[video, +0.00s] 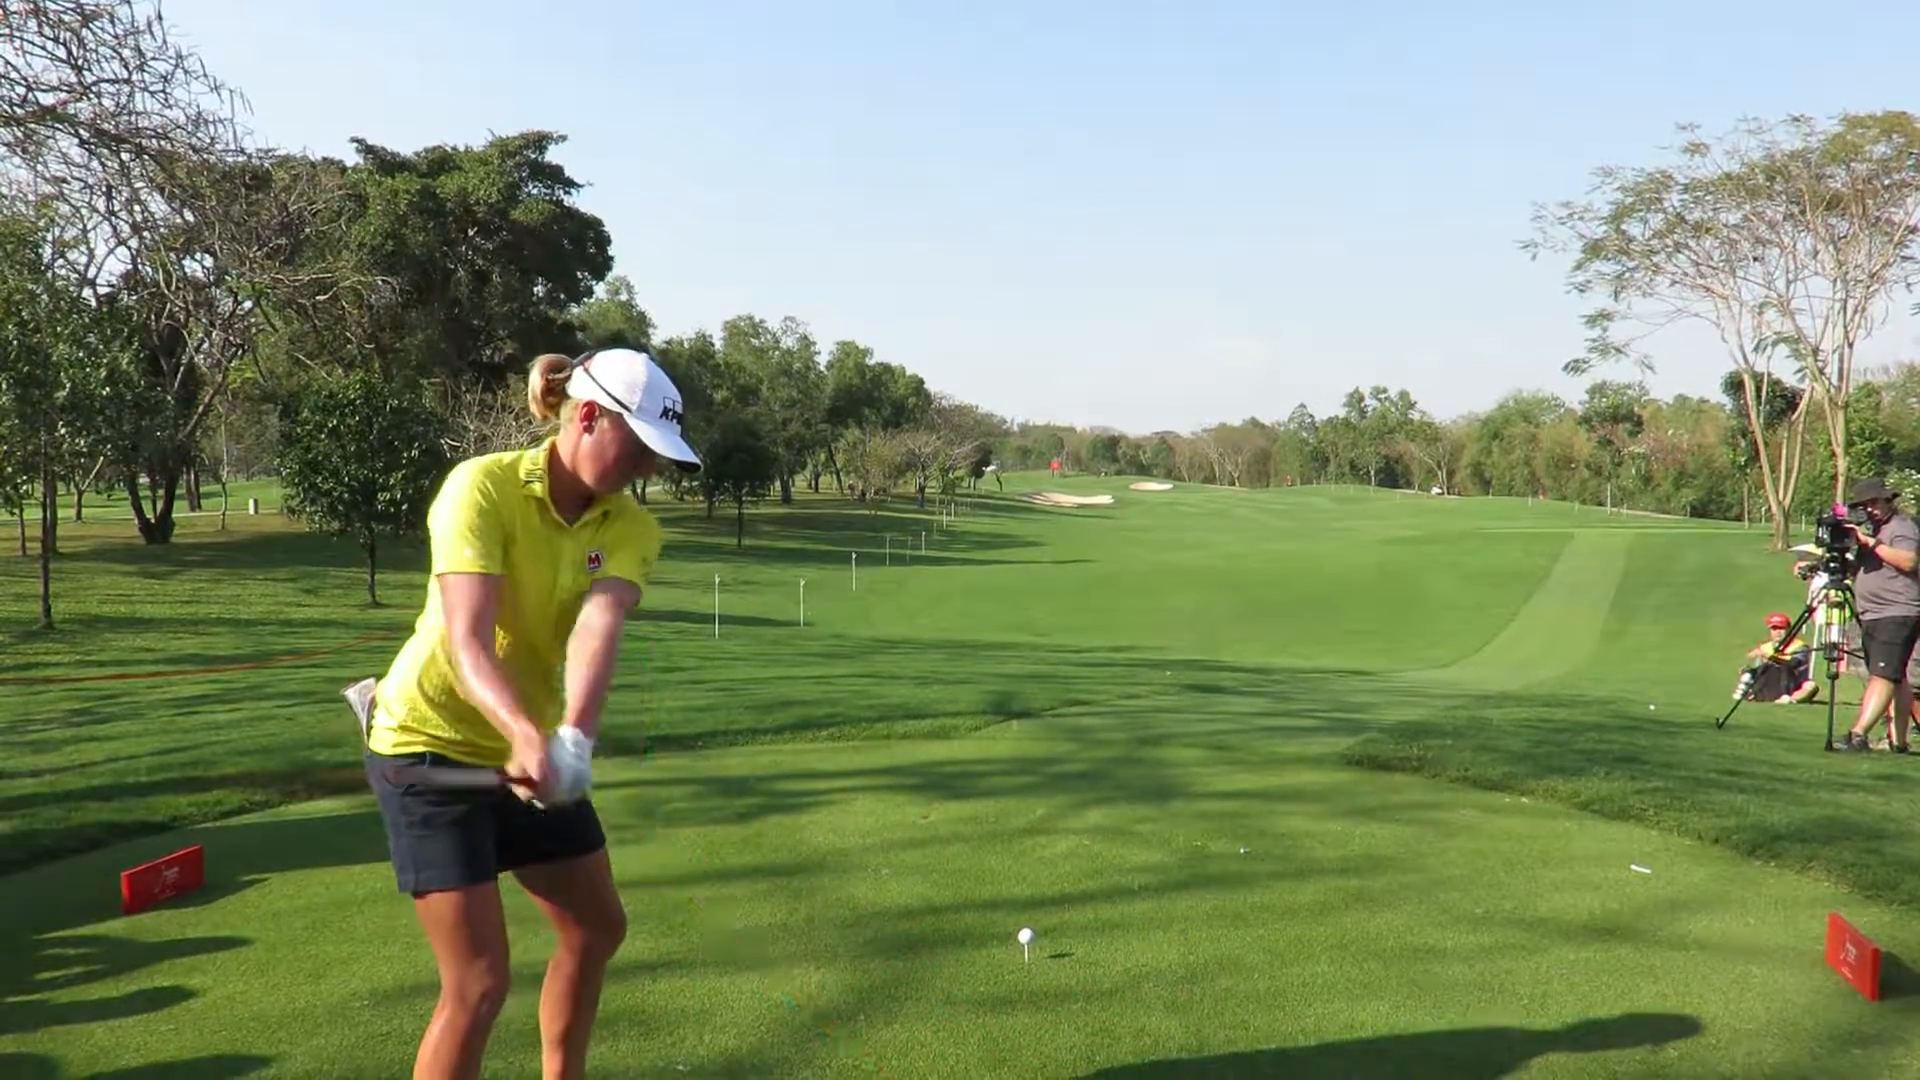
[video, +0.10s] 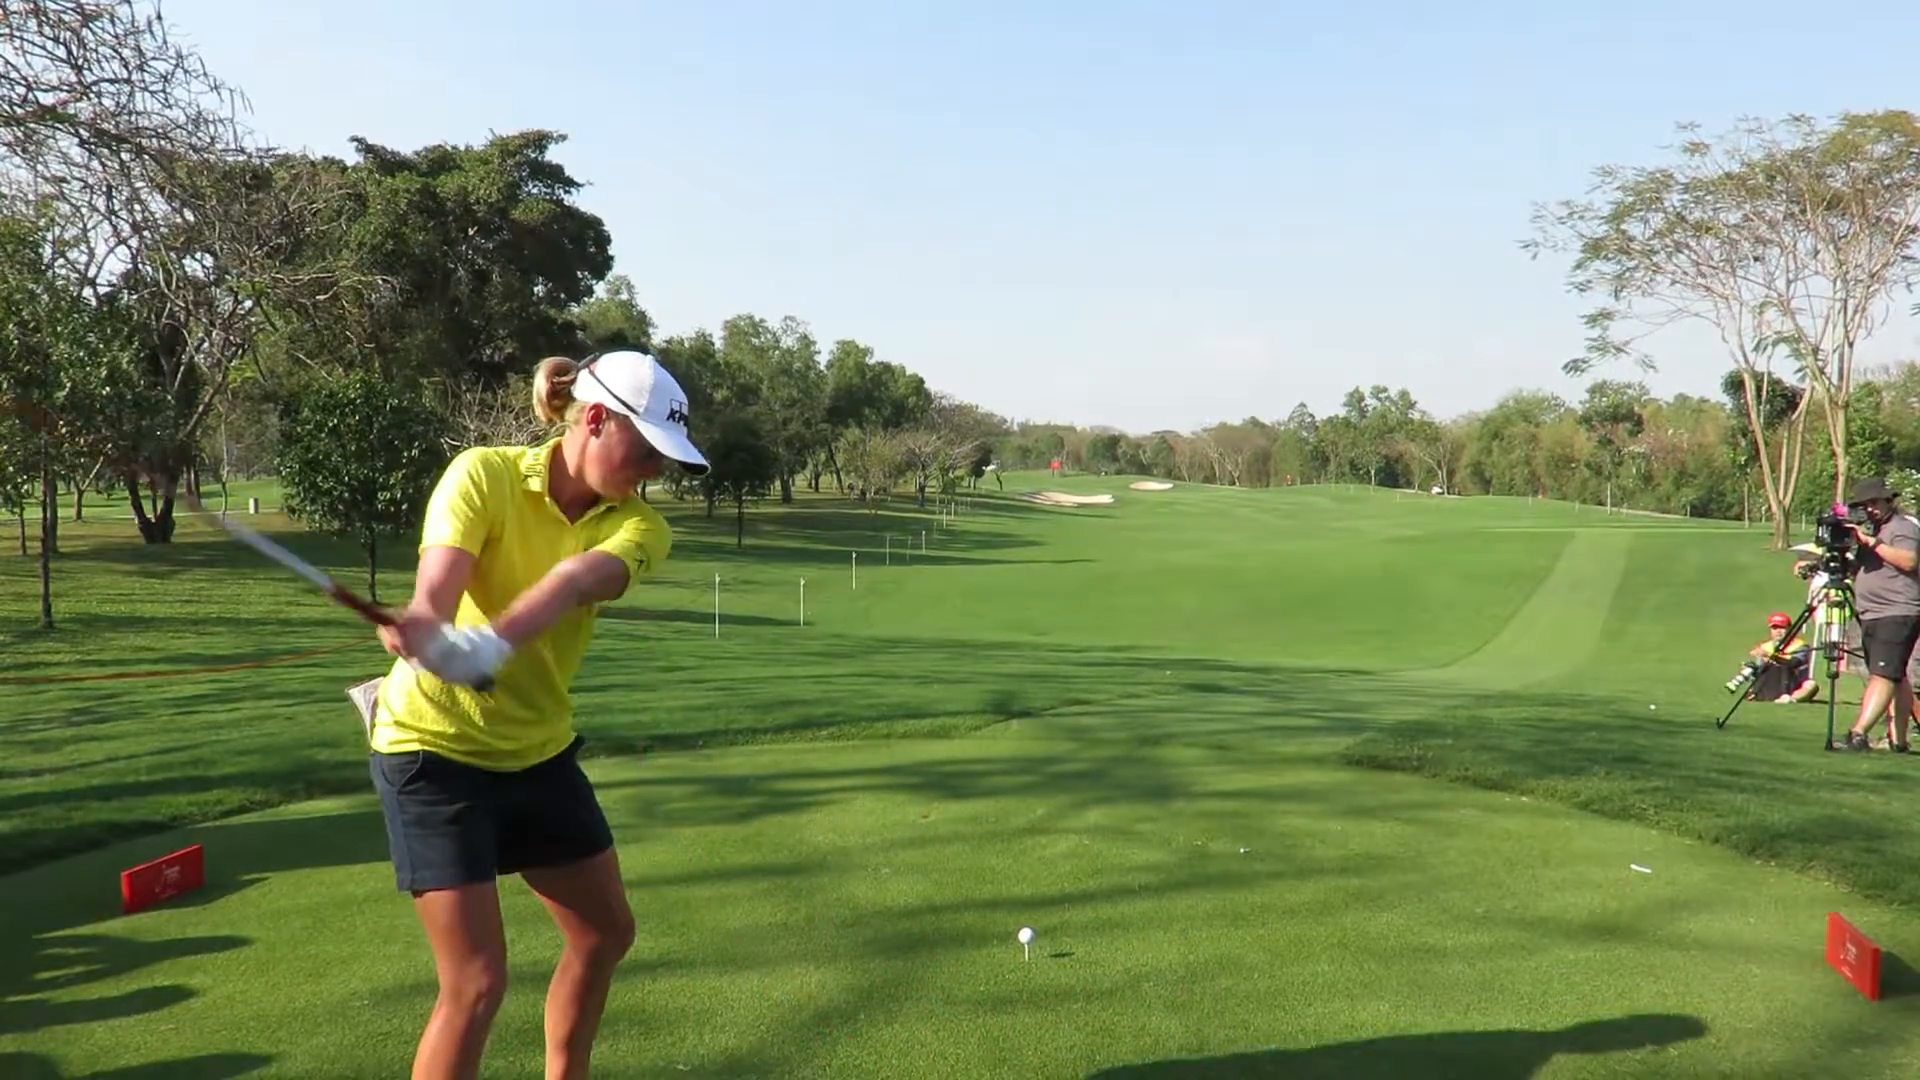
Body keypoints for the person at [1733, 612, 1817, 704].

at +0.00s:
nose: (1777, 632)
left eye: (1781, 629)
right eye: (1774, 629)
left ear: (1788, 630)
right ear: (1769, 631)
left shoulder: (1799, 647)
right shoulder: (1765, 647)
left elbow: (1794, 663)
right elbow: (1750, 657)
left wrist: (1771, 657)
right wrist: (1759, 655)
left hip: (1788, 680)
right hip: (1766, 677)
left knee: (1812, 686)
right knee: (1747, 672)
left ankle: (1791, 699)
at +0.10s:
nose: (1778, 631)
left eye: (1782, 627)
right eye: (1774, 628)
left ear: (1789, 629)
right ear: (1770, 630)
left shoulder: (1800, 646)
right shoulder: (1766, 646)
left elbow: (1794, 662)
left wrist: (1771, 656)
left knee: (1812, 684)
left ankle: (1791, 699)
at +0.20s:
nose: (1778, 631)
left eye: (1782, 627)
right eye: (1775, 627)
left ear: (1789, 629)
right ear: (1770, 630)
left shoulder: (1799, 645)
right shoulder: (1764, 646)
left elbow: (1794, 661)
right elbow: (1754, 672)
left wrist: (1774, 656)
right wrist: (1762, 657)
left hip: (1789, 686)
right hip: (1766, 685)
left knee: (1812, 684)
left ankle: (1790, 698)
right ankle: (1732, 667)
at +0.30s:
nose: (1778, 629)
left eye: (1781, 625)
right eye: (1774, 625)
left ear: (1789, 626)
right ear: (1770, 627)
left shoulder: (1800, 643)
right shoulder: (1765, 643)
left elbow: (1794, 660)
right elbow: (1752, 668)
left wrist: (1771, 654)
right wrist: (1755, 654)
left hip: (1791, 682)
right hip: (1769, 680)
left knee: (1812, 682)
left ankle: (1792, 696)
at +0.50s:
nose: (1779, 627)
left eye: (1783, 624)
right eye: (1776, 624)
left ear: (1789, 625)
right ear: (1770, 625)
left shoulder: (1799, 642)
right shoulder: (1766, 639)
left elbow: (1795, 658)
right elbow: (1749, 661)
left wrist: (1771, 647)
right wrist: (1753, 645)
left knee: (1812, 681)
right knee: (1749, 690)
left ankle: (1792, 694)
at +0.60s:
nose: (1779, 624)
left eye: (1783, 620)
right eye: (1776, 621)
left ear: (1789, 622)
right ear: (1771, 622)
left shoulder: (1799, 638)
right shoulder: (1768, 636)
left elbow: (1798, 654)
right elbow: (1748, 657)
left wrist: (1775, 647)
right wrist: (1756, 640)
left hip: (1793, 674)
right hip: (1769, 671)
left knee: (1812, 678)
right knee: (1750, 687)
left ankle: (1791, 692)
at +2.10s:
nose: (1773, 634)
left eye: (1777, 630)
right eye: (1770, 630)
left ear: (1786, 630)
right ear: (1767, 630)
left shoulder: (1799, 643)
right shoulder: (1768, 642)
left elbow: (1796, 658)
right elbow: (1750, 657)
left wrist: (1782, 654)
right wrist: (1759, 641)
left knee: (1812, 681)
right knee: (1749, 689)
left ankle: (1791, 694)